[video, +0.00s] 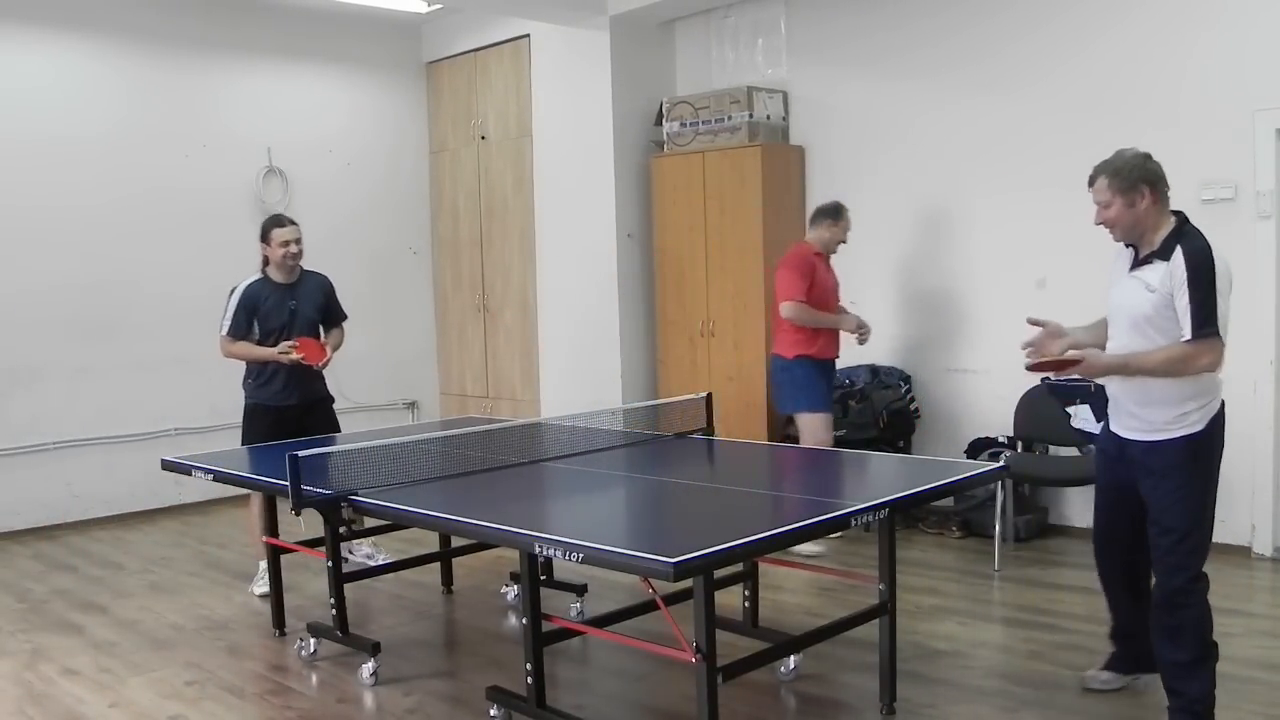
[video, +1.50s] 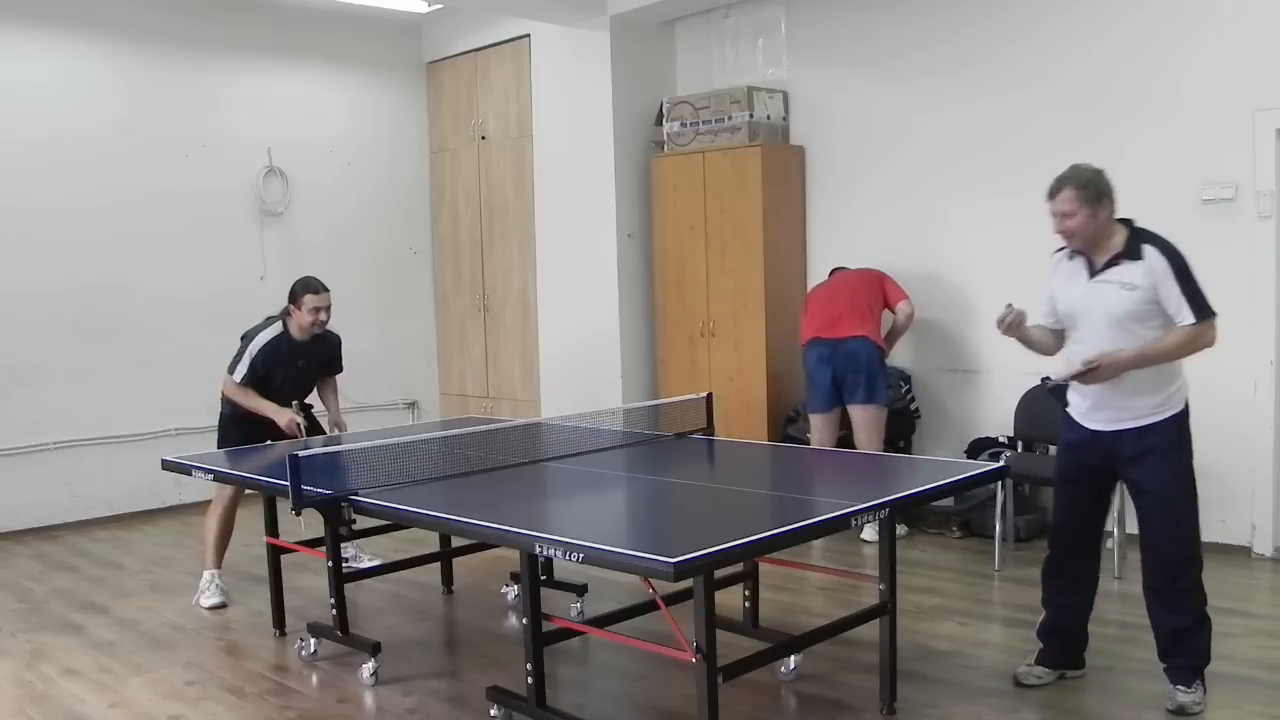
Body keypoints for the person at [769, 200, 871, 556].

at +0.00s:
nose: (844, 241)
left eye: (846, 235)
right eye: (842, 234)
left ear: (828, 228)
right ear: (825, 227)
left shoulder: (821, 263)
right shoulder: (798, 259)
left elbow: (829, 307)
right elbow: (790, 308)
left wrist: (856, 322)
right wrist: (840, 322)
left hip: (817, 363)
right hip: (800, 364)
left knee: (816, 444)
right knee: (818, 444)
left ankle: (813, 522)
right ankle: (802, 528)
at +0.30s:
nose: (874, 253)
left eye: (876, 247)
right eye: (876, 246)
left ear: (850, 232)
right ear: (869, 239)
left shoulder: (826, 259)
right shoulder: (846, 262)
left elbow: (821, 313)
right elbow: (842, 313)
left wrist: (862, 335)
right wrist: (867, 336)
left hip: (808, 364)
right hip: (825, 368)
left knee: (823, 447)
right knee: (841, 451)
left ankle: (820, 524)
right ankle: (836, 532)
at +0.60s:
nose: (868, 245)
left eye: (866, 240)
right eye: (870, 240)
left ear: (838, 232)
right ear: (867, 237)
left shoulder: (814, 262)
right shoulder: (866, 260)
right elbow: (901, 303)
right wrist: (893, 325)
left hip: (807, 361)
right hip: (840, 366)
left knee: (818, 447)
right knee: (847, 452)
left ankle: (820, 527)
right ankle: (839, 532)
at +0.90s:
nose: (858, 257)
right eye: (858, 253)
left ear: (827, 252)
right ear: (857, 252)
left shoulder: (802, 274)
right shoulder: (864, 265)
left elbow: (786, 325)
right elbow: (882, 306)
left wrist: (819, 336)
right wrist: (873, 331)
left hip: (799, 358)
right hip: (837, 359)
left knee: (817, 443)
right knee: (869, 443)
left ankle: (817, 519)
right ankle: (856, 522)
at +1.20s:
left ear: (825, 270)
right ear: (853, 266)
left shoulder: (803, 286)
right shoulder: (865, 272)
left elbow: (788, 338)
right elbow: (889, 308)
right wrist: (874, 339)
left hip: (803, 355)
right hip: (845, 352)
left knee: (814, 445)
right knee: (861, 446)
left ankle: (812, 519)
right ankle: (872, 519)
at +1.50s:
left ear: (829, 279)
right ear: (853, 272)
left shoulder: (814, 292)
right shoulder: (874, 276)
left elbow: (804, 333)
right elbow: (905, 309)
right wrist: (886, 345)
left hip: (817, 354)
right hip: (861, 351)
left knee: (820, 446)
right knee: (870, 448)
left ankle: (817, 520)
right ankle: (872, 521)